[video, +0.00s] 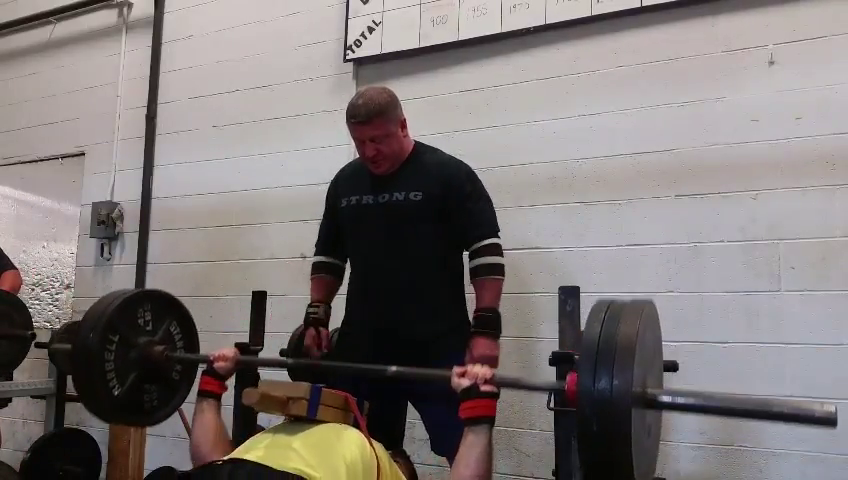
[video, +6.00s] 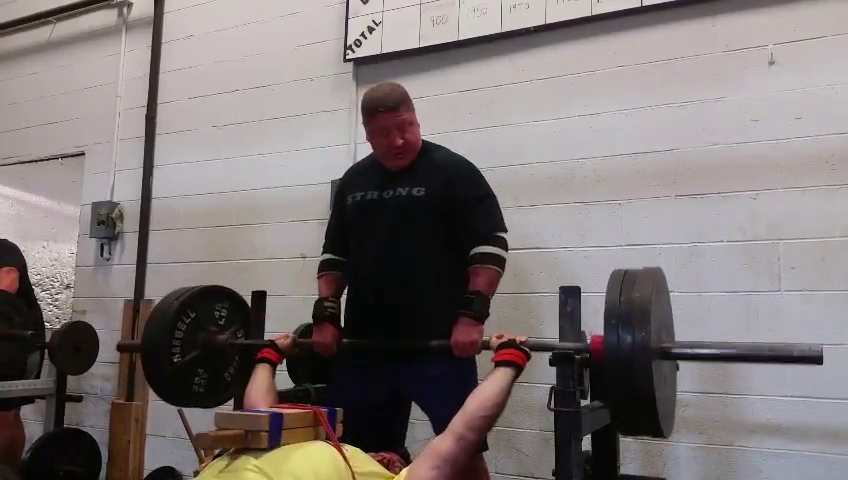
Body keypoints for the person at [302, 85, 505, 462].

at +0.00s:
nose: (369, 151)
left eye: (378, 140)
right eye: (360, 142)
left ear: (403, 127)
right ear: (352, 136)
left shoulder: (451, 177)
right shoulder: (345, 183)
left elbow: (486, 254)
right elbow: (328, 257)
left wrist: (486, 329)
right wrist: (316, 317)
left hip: (438, 345)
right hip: (365, 344)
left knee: (466, 455)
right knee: (367, 458)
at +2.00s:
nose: (361, 159)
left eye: (369, 148)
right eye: (351, 150)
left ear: (395, 131)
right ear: (342, 142)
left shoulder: (445, 177)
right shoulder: (338, 185)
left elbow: (478, 259)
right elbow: (325, 261)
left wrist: (474, 335)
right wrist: (315, 323)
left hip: (438, 339)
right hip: (365, 338)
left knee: (463, 450)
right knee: (367, 451)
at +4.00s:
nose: (360, 163)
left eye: (368, 152)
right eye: (351, 154)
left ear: (394, 134)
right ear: (341, 145)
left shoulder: (445, 178)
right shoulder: (338, 186)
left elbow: (478, 260)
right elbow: (327, 262)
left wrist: (473, 337)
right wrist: (319, 327)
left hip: (439, 341)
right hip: (366, 340)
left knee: (466, 451)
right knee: (367, 452)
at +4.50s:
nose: (357, 163)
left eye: (365, 152)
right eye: (348, 155)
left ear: (392, 134)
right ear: (338, 145)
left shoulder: (443, 173)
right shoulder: (338, 183)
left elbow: (493, 234)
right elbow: (322, 249)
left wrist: (460, 297)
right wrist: (318, 304)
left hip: (437, 345)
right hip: (364, 343)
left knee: (462, 457)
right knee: (366, 460)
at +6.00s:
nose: (397, 141)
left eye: (404, 129)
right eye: (384, 133)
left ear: (417, 121)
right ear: (367, 134)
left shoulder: (455, 173)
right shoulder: (351, 183)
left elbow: (489, 244)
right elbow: (335, 256)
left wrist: (472, 314)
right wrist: (327, 315)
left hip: (441, 345)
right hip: (368, 346)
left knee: (464, 454)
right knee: (367, 460)